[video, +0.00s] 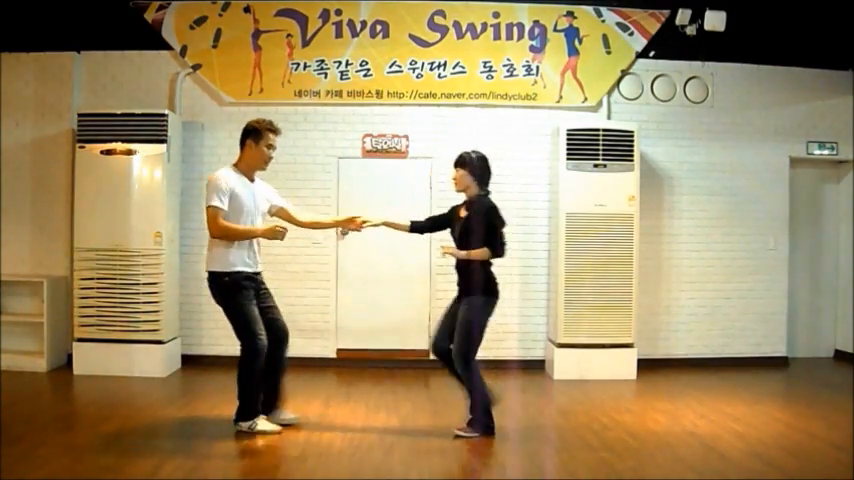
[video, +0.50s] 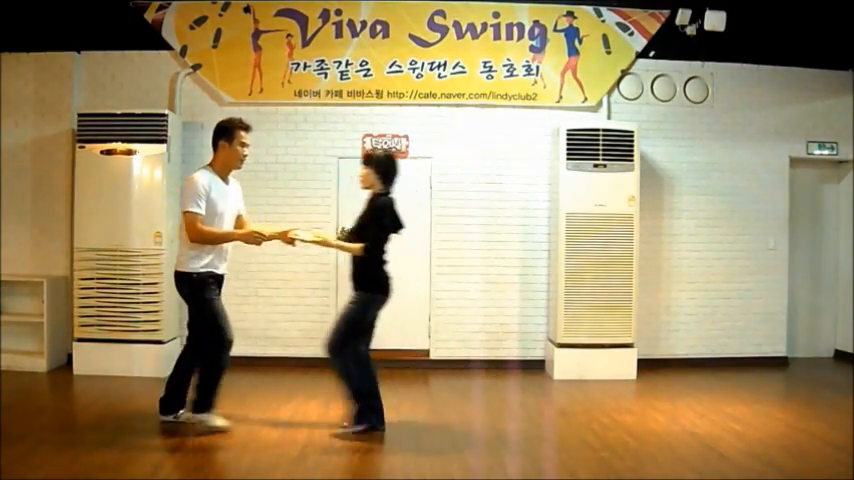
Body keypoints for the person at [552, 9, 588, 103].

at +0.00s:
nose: (567, 20)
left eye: (568, 18)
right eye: (566, 18)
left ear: (572, 19)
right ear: (567, 19)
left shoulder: (568, 29)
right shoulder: (576, 29)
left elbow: (555, 30)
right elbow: (579, 43)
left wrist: (557, 19)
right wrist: (582, 37)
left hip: (573, 54)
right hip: (574, 53)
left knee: (562, 73)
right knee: (574, 75)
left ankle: (559, 95)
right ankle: (584, 95)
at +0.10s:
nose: (567, 20)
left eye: (568, 18)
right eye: (566, 18)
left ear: (572, 19)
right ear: (567, 19)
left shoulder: (568, 29)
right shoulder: (576, 29)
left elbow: (555, 30)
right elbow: (579, 42)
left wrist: (557, 19)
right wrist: (582, 37)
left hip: (572, 54)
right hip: (574, 53)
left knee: (562, 73)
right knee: (574, 75)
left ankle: (559, 95)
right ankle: (584, 95)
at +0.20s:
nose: (567, 20)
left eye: (568, 18)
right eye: (566, 18)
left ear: (572, 19)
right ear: (567, 19)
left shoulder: (568, 29)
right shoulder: (576, 29)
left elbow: (555, 30)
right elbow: (579, 42)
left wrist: (557, 19)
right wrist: (582, 37)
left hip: (572, 54)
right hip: (574, 53)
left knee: (562, 73)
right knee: (574, 75)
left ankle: (559, 95)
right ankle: (584, 95)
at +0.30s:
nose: (567, 20)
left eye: (568, 18)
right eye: (566, 18)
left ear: (572, 19)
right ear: (567, 19)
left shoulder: (568, 29)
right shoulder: (576, 29)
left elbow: (555, 30)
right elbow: (579, 42)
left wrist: (557, 19)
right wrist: (582, 37)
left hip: (572, 54)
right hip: (575, 53)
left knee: (562, 73)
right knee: (574, 75)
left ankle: (559, 95)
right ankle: (584, 95)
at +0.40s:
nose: (567, 19)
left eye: (568, 18)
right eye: (566, 18)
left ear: (572, 18)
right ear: (567, 19)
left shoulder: (568, 29)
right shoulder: (576, 29)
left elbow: (555, 30)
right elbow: (579, 43)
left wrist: (557, 20)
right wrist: (582, 37)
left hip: (573, 54)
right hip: (574, 54)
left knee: (562, 73)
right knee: (574, 75)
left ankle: (559, 95)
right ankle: (584, 95)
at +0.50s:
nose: (567, 19)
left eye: (568, 17)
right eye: (566, 17)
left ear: (572, 18)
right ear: (567, 18)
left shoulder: (568, 29)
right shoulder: (576, 29)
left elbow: (555, 30)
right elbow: (580, 43)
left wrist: (557, 19)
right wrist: (582, 37)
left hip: (573, 54)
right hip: (574, 54)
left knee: (562, 73)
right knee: (574, 75)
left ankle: (559, 95)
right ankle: (584, 96)